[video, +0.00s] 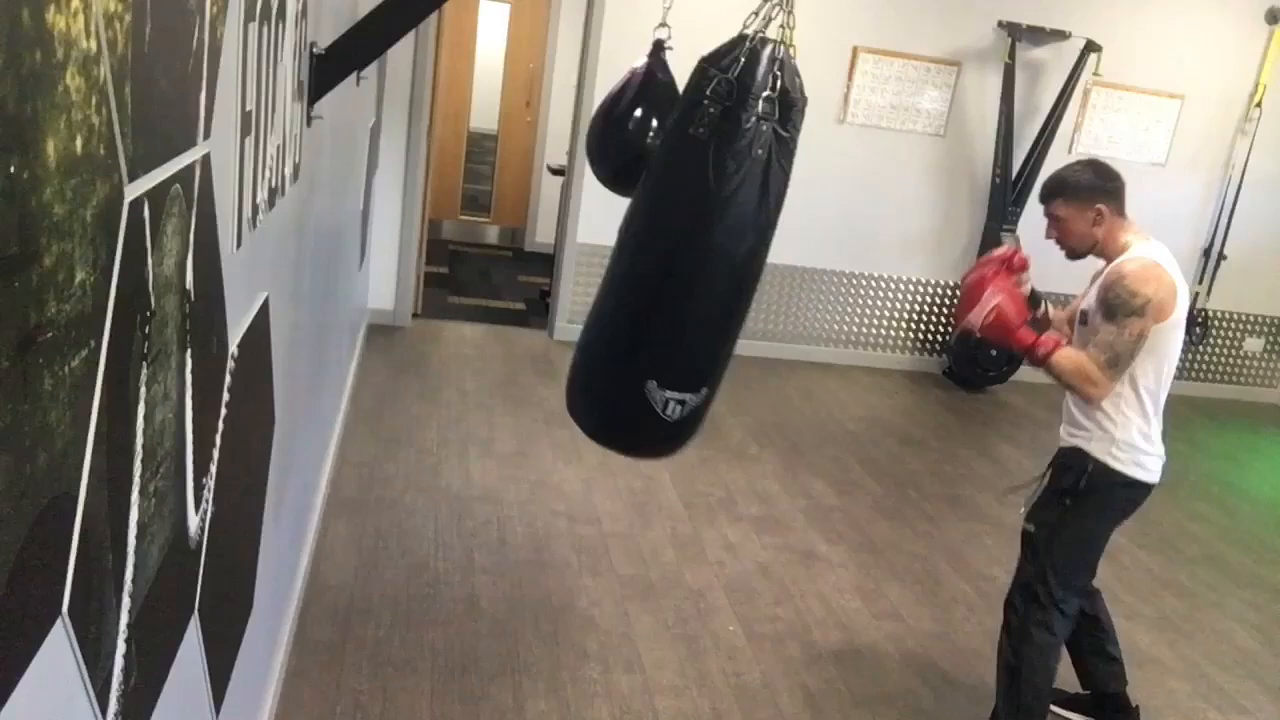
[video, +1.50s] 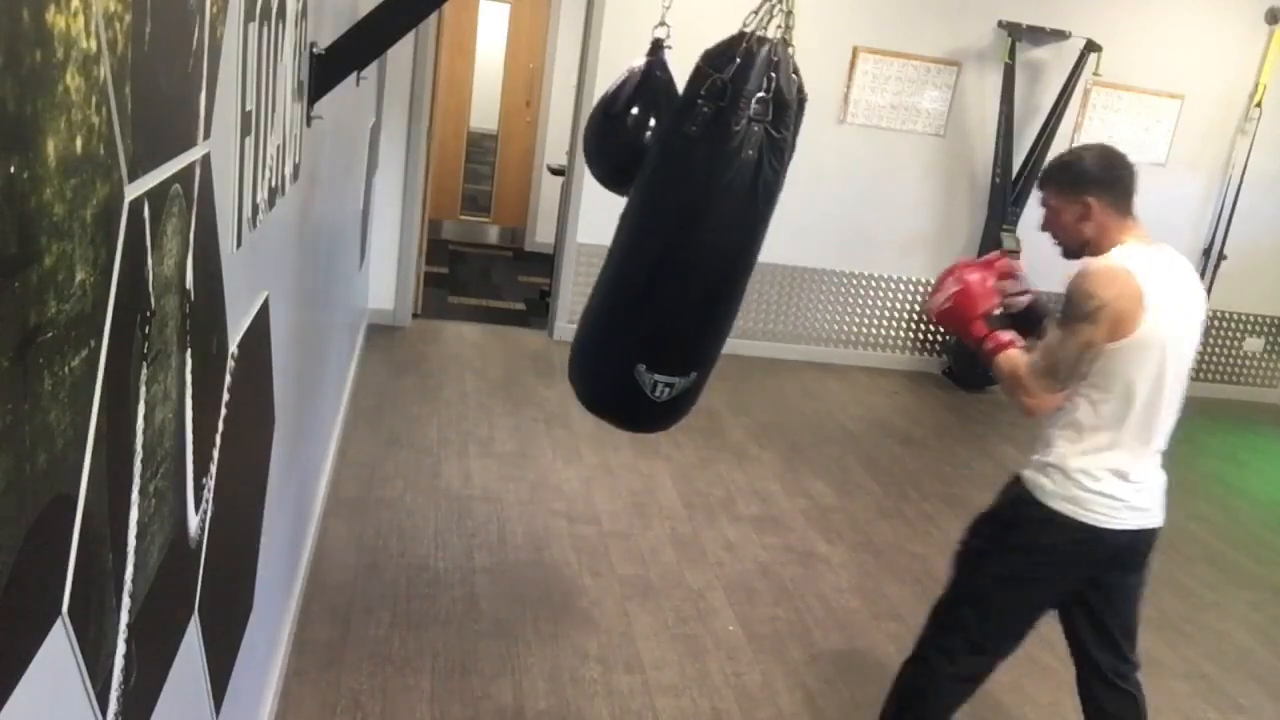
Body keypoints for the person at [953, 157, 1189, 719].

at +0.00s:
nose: (1052, 235)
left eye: (1057, 222)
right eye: (1049, 223)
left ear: (1099, 214)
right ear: (1101, 215)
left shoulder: (1139, 276)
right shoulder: (1128, 263)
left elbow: (1094, 380)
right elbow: (1073, 325)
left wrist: (1021, 335)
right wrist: (1022, 302)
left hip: (1103, 462)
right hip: (1101, 454)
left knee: (1036, 600)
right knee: (1069, 582)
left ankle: (1016, 713)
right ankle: (1110, 699)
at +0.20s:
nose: (1015, 236)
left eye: (1017, 222)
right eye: (1011, 223)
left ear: (1056, 208)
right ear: (1069, 208)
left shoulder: (1074, 261)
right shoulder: (1143, 256)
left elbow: (1024, 358)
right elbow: (1098, 336)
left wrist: (937, 310)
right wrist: (1017, 310)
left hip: (1085, 473)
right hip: (1143, 474)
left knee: (1025, 614)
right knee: (1101, 586)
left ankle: (1006, 709)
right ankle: (1104, 703)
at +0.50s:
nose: (1019, 244)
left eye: (1022, 229)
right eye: (1016, 231)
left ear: (1060, 215)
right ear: (1073, 215)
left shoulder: (1076, 258)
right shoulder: (1157, 270)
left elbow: (971, 307)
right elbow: (1120, 372)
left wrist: (893, 270)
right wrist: (1037, 366)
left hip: (1068, 495)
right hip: (1136, 503)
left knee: (981, 648)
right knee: (1084, 633)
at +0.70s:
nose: (1006, 252)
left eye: (1010, 239)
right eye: (1003, 241)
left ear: (1052, 224)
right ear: (1052, 226)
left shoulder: (1142, 270)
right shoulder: (1054, 281)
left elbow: (1109, 359)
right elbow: (974, 309)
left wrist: (1030, 290)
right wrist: (879, 316)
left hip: (1094, 510)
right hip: (1049, 496)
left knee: (981, 687)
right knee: (1061, 627)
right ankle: (1119, 711)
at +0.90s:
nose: (1022, 245)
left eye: (1026, 229)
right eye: (1019, 231)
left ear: (1072, 220)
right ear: (1074, 220)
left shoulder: (1146, 277)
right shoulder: (1096, 281)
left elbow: (1090, 393)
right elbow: (1042, 344)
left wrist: (1014, 325)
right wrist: (961, 335)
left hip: (1100, 515)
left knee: (1005, 672)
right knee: (1075, 634)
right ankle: (1119, 713)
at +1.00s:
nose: (1036, 236)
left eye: (1041, 221)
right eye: (1034, 222)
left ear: (1083, 213)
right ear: (1088, 213)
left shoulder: (1132, 275)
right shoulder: (1158, 265)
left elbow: (1087, 397)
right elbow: (1091, 376)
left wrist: (1011, 336)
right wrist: (1021, 337)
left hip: (1100, 515)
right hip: (1149, 512)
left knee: (1014, 673)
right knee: (1097, 649)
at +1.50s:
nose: (1043, 224)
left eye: (1050, 210)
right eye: (1043, 210)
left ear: (1089, 209)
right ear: (1108, 206)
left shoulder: (1102, 280)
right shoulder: (1181, 277)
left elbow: (1035, 392)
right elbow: (1116, 370)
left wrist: (978, 329)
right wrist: (1035, 315)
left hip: (1057, 508)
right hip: (1132, 516)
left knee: (950, 657)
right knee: (1112, 680)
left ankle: (904, 712)